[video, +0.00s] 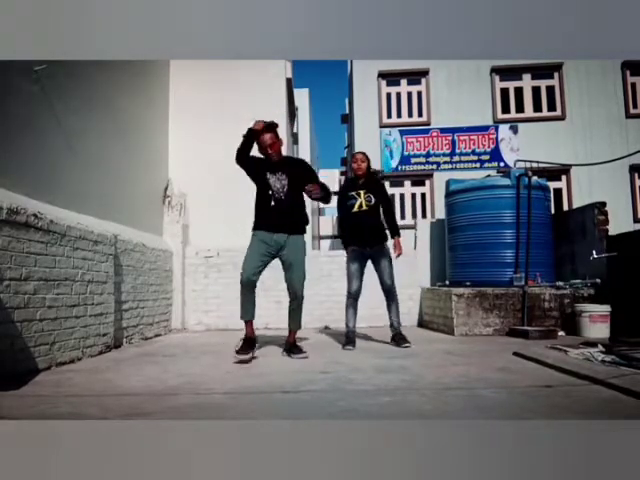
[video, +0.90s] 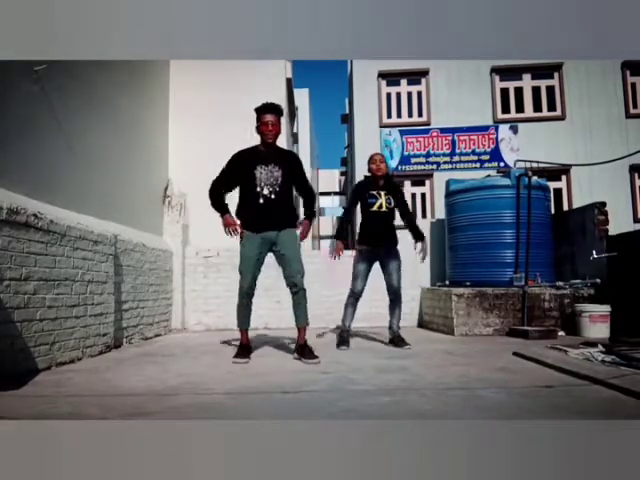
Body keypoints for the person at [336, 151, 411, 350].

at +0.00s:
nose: (358, 165)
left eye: (362, 161)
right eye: (355, 162)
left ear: (368, 164)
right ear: (350, 165)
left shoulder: (376, 184)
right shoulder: (345, 188)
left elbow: (388, 211)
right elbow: (342, 217)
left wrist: (396, 237)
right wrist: (346, 244)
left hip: (378, 244)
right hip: (355, 245)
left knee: (389, 288)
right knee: (353, 292)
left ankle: (397, 332)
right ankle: (350, 335)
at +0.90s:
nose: (378, 165)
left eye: (381, 162)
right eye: (374, 162)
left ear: (386, 165)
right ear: (369, 167)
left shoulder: (394, 187)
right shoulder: (361, 187)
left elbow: (405, 214)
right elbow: (348, 213)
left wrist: (419, 237)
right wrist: (340, 238)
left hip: (388, 245)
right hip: (365, 245)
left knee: (395, 290)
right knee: (356, 290)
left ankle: (395, 333)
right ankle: (344, 332)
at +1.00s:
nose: (377, 164)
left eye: (380, 160)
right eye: (373, 161)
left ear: (386, 163)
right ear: (367, 165)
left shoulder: (395, 183)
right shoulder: (359, 183)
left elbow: (420, 198)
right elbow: (337, 197)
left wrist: (446, 208)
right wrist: (323, 209)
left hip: (391, 245)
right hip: (369, 245)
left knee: (394, 288)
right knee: (358, 289)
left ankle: (394, 333)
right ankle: (353, 331)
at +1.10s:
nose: (374, 167)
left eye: (377, 163)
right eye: (370, 164)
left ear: (384, 166)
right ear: (366, 168)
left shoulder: (394, 182)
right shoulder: (361, 186)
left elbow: (420, 179)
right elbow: (339, 198)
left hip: (393, 245)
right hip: (372, 247)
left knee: (398, 288)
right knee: (359, 288)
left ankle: (397, 332)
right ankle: (375, 328)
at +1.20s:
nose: (370, 174)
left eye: (374, 171)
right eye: (368, 171)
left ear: (381, 174)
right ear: (364, 175)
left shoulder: (389, 189)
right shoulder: (358, 195)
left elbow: (411, 183)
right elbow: (347, 217)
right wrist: (335, 211)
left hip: (395, 250)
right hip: (375, 254)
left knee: (412, 284)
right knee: (363, 295)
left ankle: (417, 327)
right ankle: (380, 333)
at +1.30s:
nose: (368, 184)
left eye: (372, 182)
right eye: (365, 181)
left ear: (378, 186)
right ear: (361, 185)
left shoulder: (384, 198)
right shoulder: (358, 206)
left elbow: (395, 195)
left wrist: (372, 203)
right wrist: (360, 209)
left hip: (399, 254)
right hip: (381, 258)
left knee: (419, 287)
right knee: (362, 295)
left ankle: (455, 318)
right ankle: (380, 334)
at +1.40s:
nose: (365, 188)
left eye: (370, 184)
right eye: (364, 184)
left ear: (378, 188)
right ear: (361, 189)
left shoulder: (382, 201)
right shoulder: (367, 208)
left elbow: (375, 201)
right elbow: (359, 225)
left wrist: (361, 210)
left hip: (405, 256)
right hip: (387, 258)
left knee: (427, 295)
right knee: (360, 295)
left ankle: (476, 313)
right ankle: (380, 334)